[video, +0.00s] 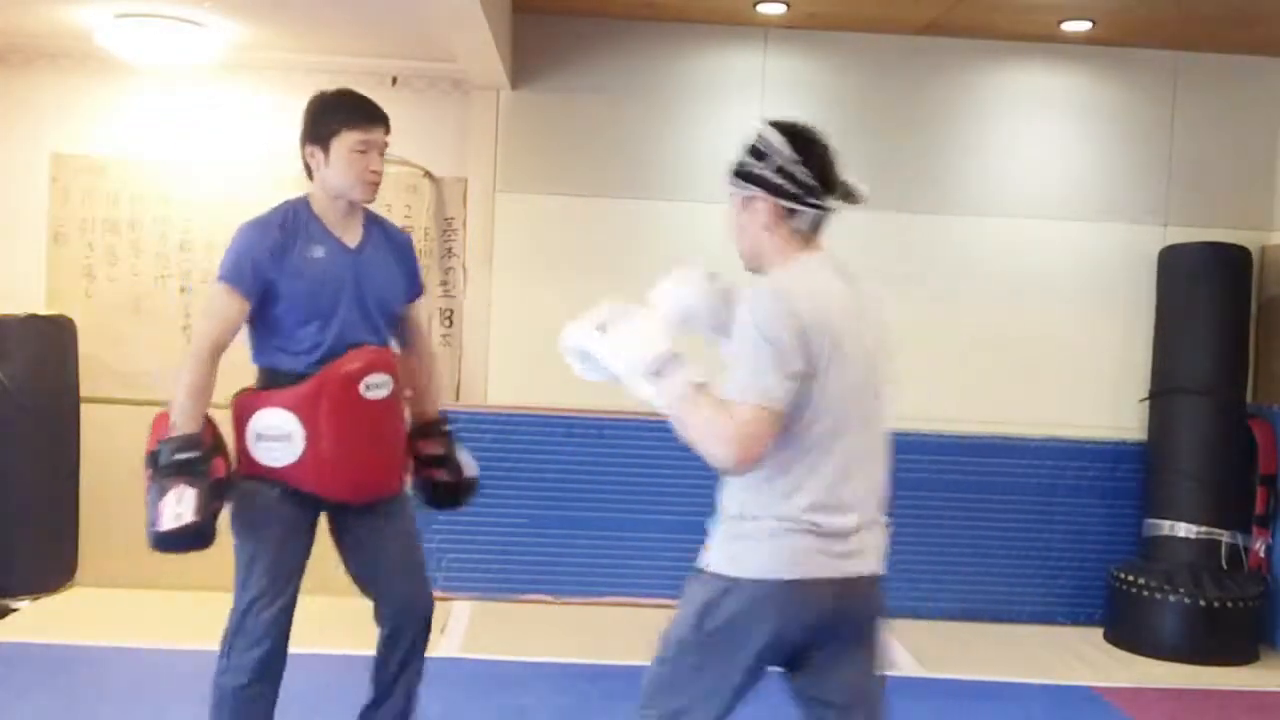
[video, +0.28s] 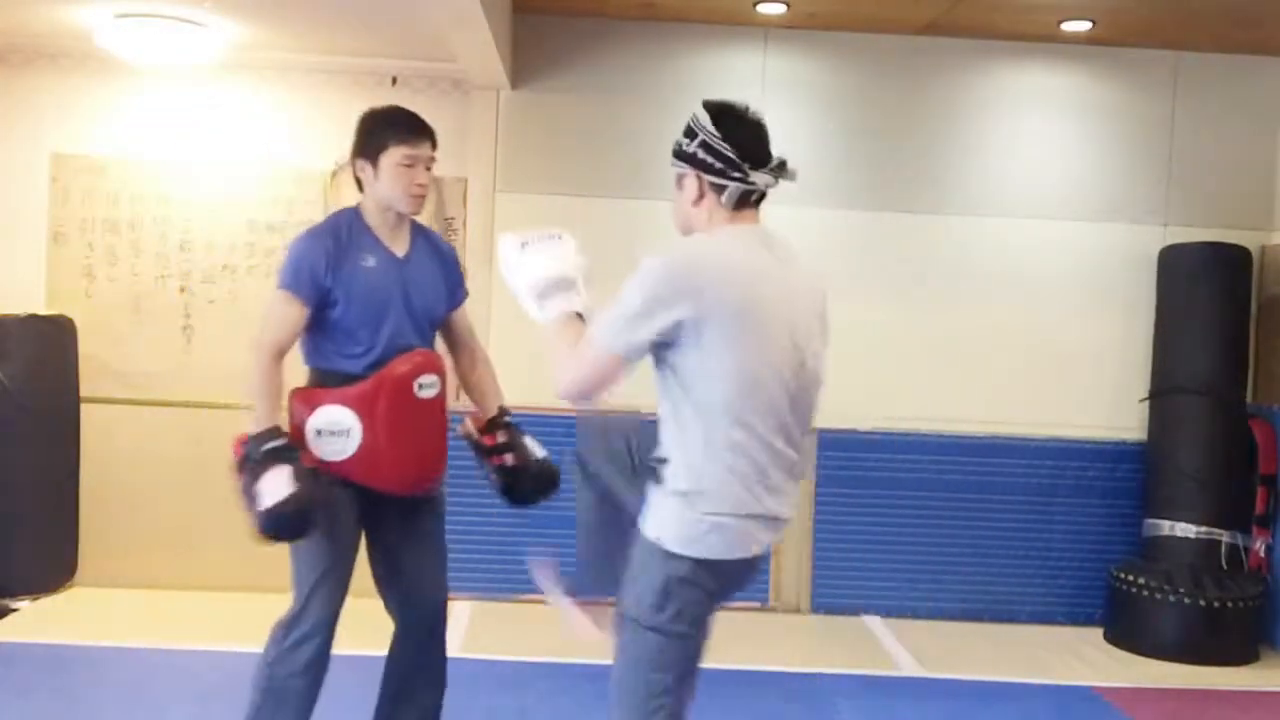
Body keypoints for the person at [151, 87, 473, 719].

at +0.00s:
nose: (377, 163)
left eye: (382, 151)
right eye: (362, 149)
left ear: (385, 159)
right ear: (315, 157)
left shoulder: (393, 245)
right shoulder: (265, 239)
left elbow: (416, 344)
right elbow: (207, 345)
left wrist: (431, 433)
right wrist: (182, 452)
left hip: (368, 445)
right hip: (283, 444)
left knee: (411, 606)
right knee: (261, 622)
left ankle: (387, 716)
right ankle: (236, 716)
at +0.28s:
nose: (425, 176)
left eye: (430, 164)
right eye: (410, 162)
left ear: (432, 172)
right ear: (364, 169)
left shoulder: (436, 254)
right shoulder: (321, 247)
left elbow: (466, 348)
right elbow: (268, 351)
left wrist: (498, 430)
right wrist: (266, 448)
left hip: (410, 455)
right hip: (331, 451)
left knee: (425, 617)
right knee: (315, 612)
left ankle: (407, 718)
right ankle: (272, 717)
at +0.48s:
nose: (429, 181)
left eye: (435, 169)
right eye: (416, 168)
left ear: (439, 176)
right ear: (373, 172)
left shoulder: (441, 254)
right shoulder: (329, 241)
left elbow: (477, 341)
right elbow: (272, 339)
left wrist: (517, 406)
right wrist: (312, 406)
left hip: (399, 437)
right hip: (329, 432)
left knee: (411, 582)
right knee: (336, 578)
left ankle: (400, 716)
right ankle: (299, 715)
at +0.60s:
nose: (401, 194)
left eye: (408, 182)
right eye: (388, 180)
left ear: (414, 187)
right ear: (347, 183)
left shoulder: (405, 250)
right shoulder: (309, 240)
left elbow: (455, 331)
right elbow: (278, 322)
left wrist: (510, 325)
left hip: (371, 440)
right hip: (300, 435)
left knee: (385, 594)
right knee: (304, 579)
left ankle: (390, 716)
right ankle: (260, 686)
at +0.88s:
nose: (339, 199)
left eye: (347, 189)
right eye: (328, 187)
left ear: (352, 195)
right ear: (300, 188)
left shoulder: (370, 261)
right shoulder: (261, 245)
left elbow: (439, 313)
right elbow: (263, 286)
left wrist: (452, 246)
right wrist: (301, 223)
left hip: (344, 426)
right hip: (271, 425)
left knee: (377, 568)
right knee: (262, 576)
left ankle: (375, 710)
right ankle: (233, 700)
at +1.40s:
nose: (369, 195)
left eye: (376, 185)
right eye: (358, 182)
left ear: (379, 194)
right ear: (327, 185)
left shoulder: (383, 252)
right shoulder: (299, 236)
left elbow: (419, 297)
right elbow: (334, 271)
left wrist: (423, 225)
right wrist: (376, 226)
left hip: (352, 409)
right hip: (290, 406)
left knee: (365, 542)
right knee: (292, 543)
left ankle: (372, 665)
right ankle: (257, 652)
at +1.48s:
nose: (364, 206)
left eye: (369, 197)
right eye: (353, 195)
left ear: (368, 201)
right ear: (320, 196)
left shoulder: (351, 260)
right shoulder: (299, 244)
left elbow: (369, 337)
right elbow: (327, 285)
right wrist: (390, 255)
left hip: (339, 426)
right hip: (287, 422)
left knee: (374, 529)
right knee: (279, 543)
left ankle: (370, 658)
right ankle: (246, 656)